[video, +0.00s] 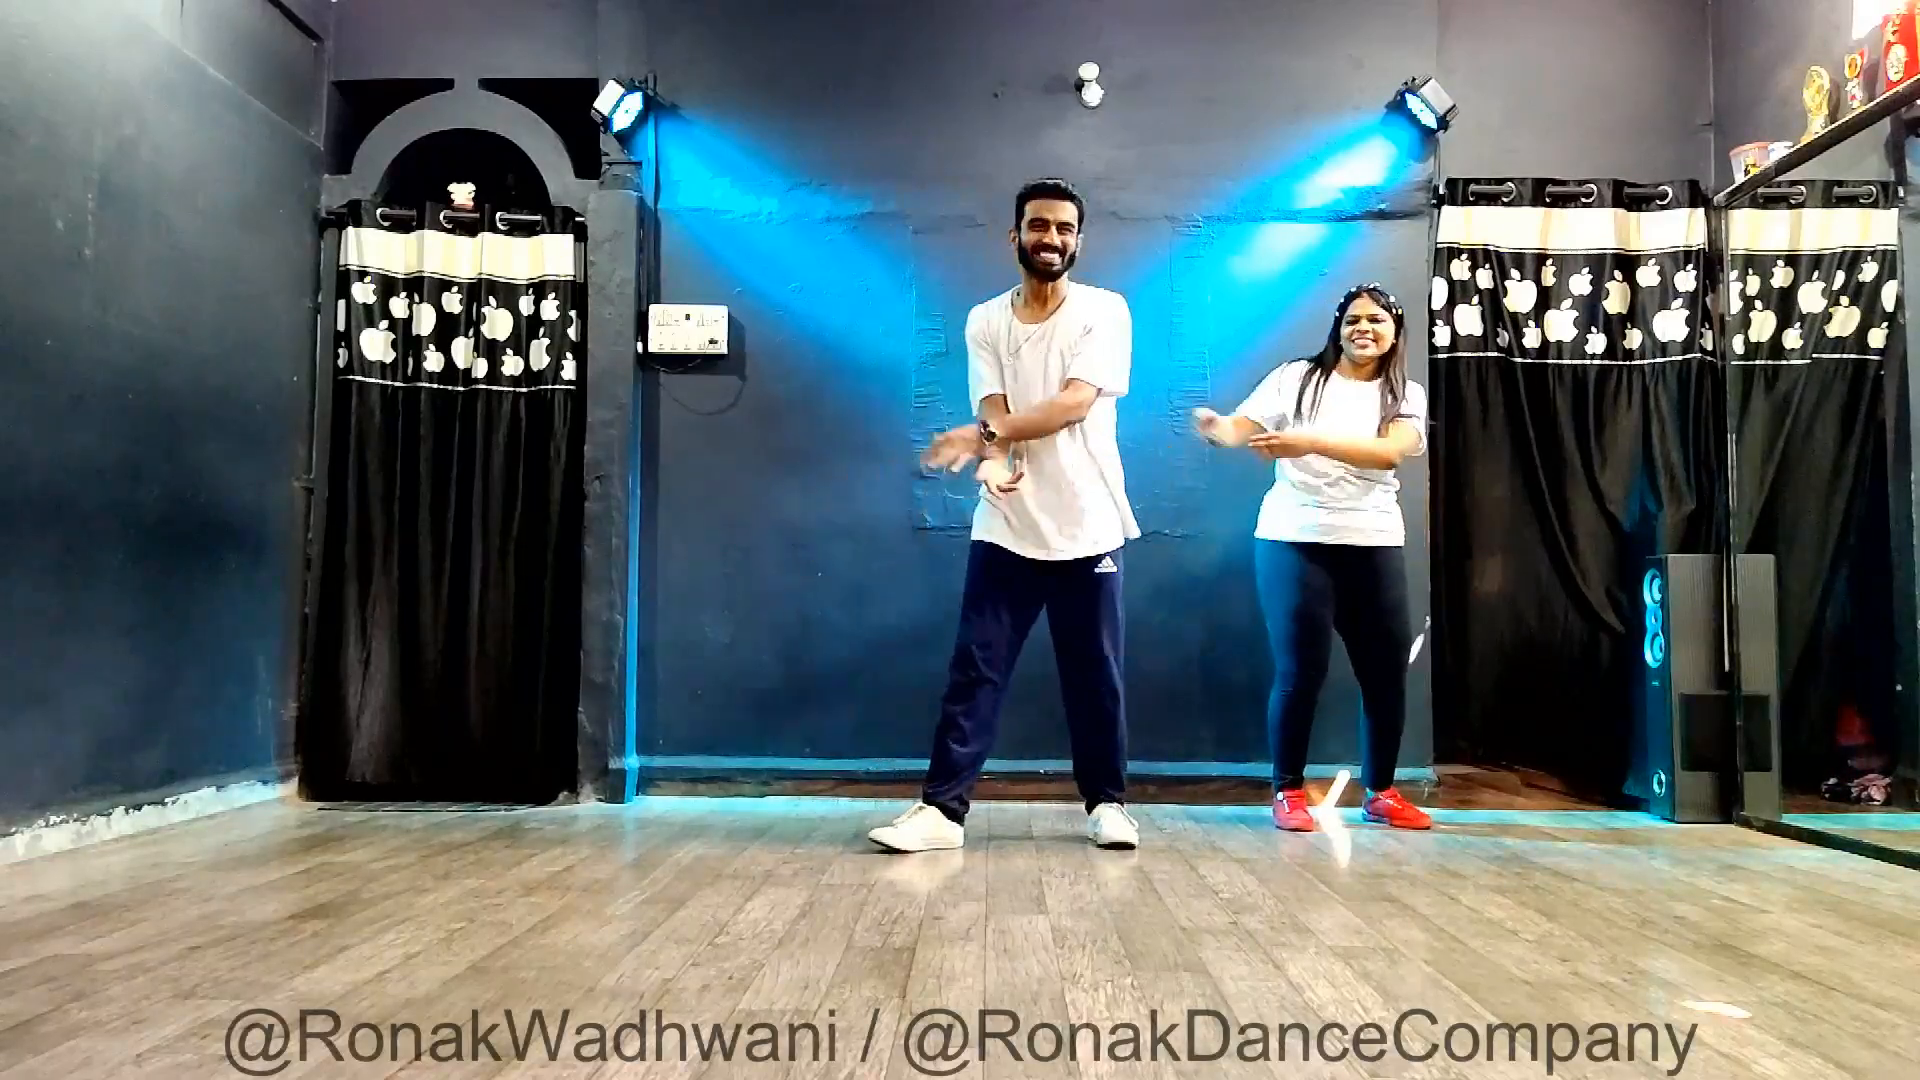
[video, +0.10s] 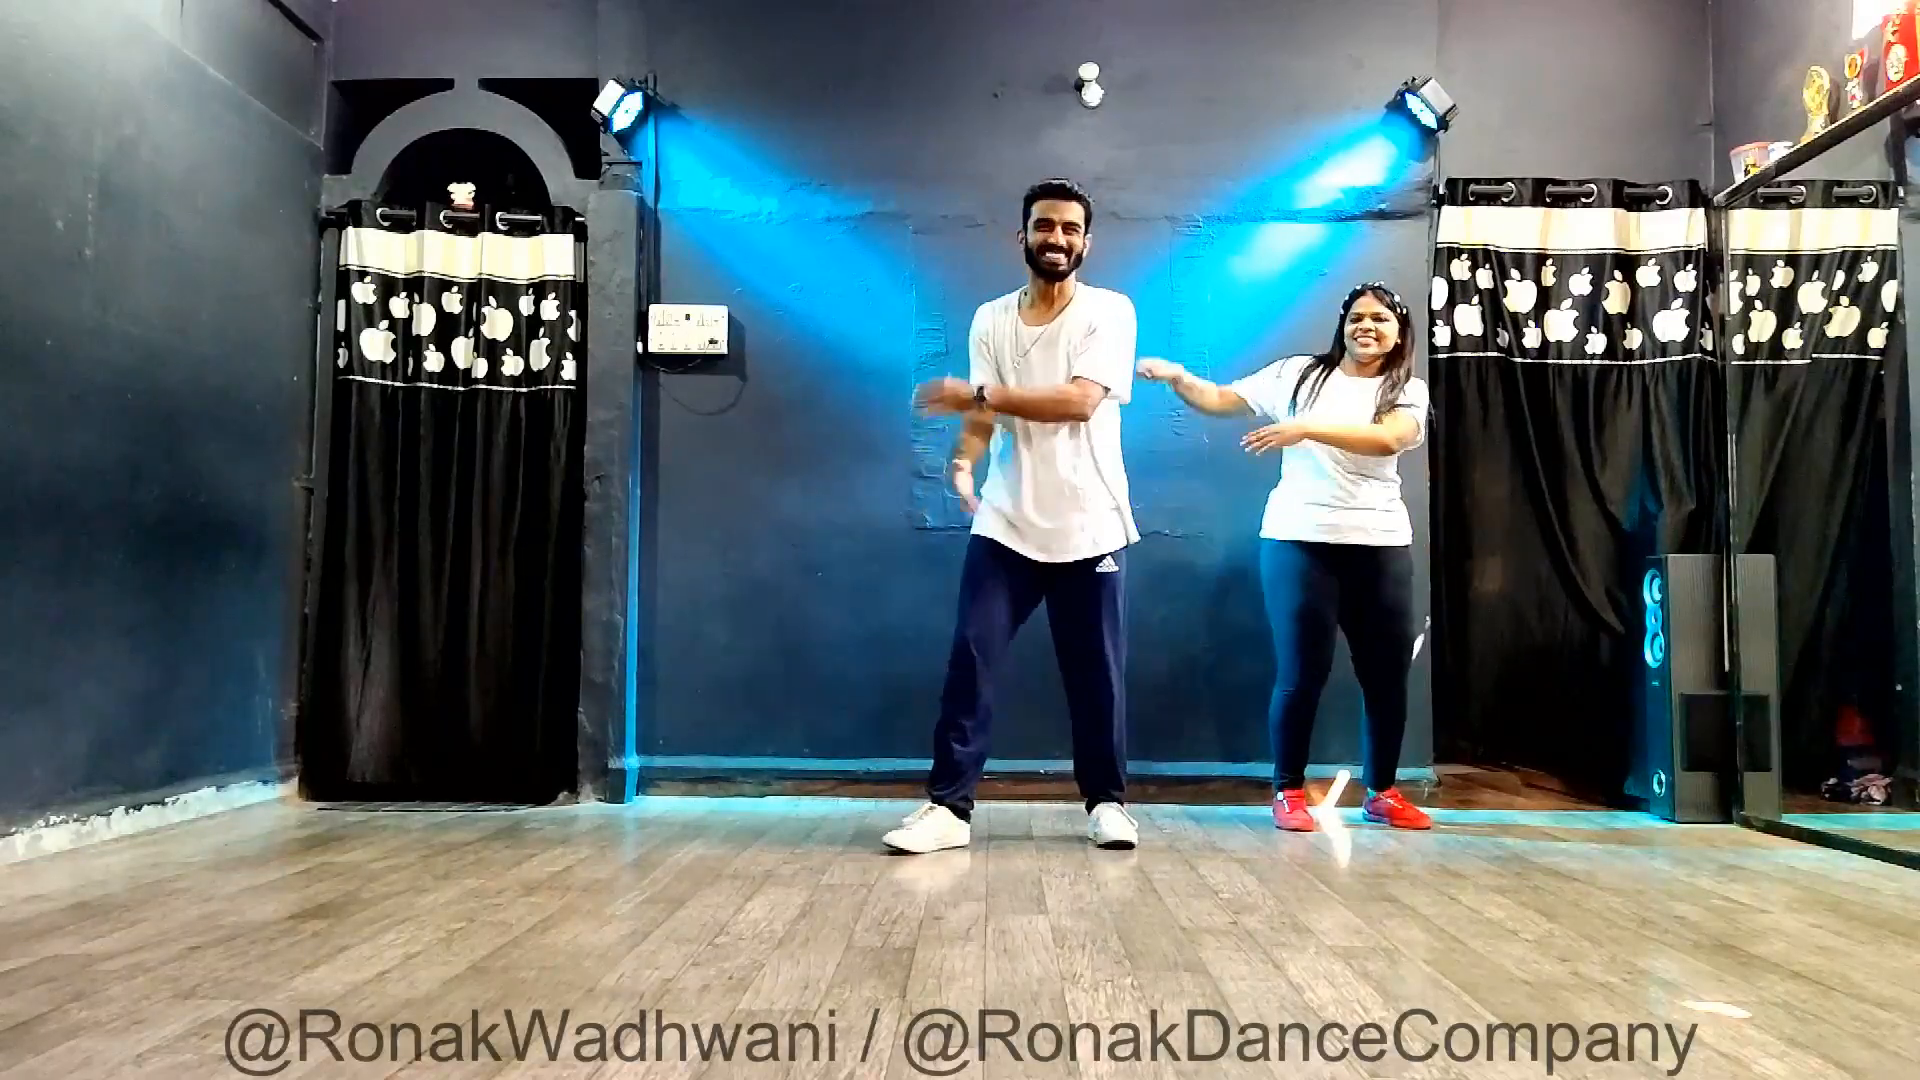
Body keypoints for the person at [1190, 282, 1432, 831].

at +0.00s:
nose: (1364, 329)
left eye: (1376, 321)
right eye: (1355, 320)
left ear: (1394, 333)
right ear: (1339, 329)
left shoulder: (1404, 391)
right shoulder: (1295, 377)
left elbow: (1392, 452)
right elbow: (1243, 428)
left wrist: (1310, 445)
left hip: (1373, 544)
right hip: (1296, 539)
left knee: (1385, 672)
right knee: (1300, 670)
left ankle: (1380, 793)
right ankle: (1289, 792)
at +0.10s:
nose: (1367, 326)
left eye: (1379, 319)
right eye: (1357, 319)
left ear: (1398, 333)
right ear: (1343, 329)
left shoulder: (1408, 386)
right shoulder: (1299, 373)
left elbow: (1392, 438)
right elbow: (1221, 400)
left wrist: (1304, 429)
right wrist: (1181, 378)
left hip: (1378, 544)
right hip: (1298, 538)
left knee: (1386, 675)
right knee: (1302, 671)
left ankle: (1381, 792)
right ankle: (1289, 793)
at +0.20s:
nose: (1348, 323)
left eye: (1360, 314)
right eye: (1337, 315)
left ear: (1382, 322)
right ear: (1325, 325)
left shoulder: (1401, 374)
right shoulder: (1296, 369)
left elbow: (1388, 421)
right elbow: (1233, 356)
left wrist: (1304, 434)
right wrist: (1191, 303)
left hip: (1385, 542)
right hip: (1305, 537)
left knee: (1391, 673)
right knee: (1301, 660)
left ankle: (1385, 792)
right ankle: (1289, 787)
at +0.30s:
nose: (1324, 328)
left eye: (1336, 319)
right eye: (1313, 320)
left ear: (1359, 325)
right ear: (1302, 329)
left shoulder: (1383, 366)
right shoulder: (1286, 374)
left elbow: (1395, 425)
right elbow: (1247, 356)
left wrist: (1328, 468)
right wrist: (1213, 316)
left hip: (1385, 540)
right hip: (1306, 538)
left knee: (1392, 669)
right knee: (1299, 644)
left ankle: (1392, 791)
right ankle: (1292, 775)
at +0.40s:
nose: (1291, 348)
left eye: (1301, 337)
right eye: (1279, 341)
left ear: (1322, 339)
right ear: (1265, 349)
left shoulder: (1356, 382)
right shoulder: (1273, 397)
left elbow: (1410, 460)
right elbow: (1252, 413)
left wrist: (1401, 546)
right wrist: (1195, 401)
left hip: (1380, 547)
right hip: (1304, 544)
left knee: (1390, 677)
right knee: (1293, 655)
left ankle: (1399, 790)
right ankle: (1293, 784)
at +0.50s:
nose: (1272, 358)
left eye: (1276, 346)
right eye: (1256, 357)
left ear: (1293, 351)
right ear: (1244, 379)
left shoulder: (1352, 402)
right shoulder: (1250, 430)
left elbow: (1419, 473)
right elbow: (1232, 481)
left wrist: (1448, 550)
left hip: (1386, 562)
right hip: (1301, 566)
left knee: (1393, 684)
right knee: (1284, 676)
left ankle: (1400, 790)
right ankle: (1289, 797)